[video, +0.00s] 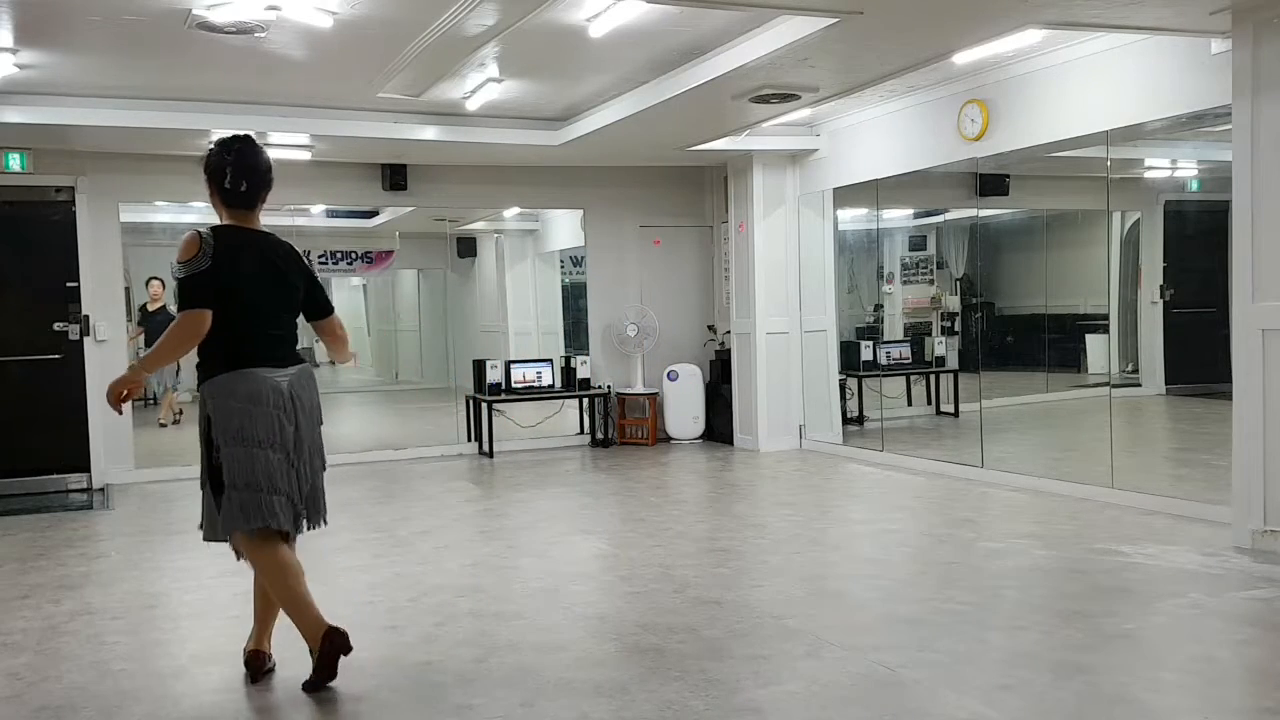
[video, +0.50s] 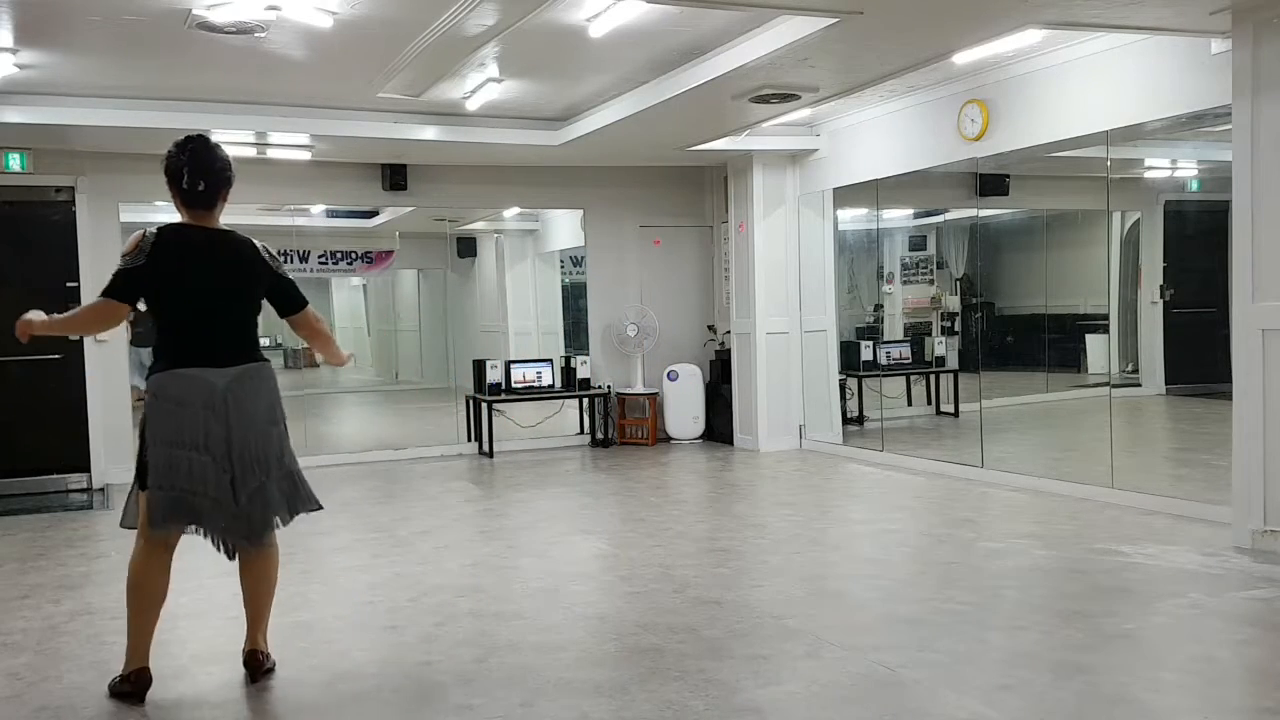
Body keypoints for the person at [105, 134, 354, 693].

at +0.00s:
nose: (206, 192)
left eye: (207, 184)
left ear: (212, 189)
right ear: (266, 190)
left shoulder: (204, 247)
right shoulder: (288, 254)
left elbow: (195, 322)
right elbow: (331, 328)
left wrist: (141, 372)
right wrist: (341, 348)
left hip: (237, 390)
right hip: (296, 385)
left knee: (251, 527)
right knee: (276, 523)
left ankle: (320, 634)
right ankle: (260, 646)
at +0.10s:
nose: (203, 192)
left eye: (202, 185)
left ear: (205, 193)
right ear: (260, 194)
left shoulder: (196, 250)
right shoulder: (281, 257)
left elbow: (182, 322)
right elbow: (324, 333)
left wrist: (127, 372)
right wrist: (321, 351)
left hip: (229, 395)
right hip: (291, 391)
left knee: (224, 527)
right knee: (280, 519)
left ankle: (296, 624)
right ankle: (259, 644)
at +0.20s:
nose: (198, 194)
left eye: (196, 186)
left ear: (199, 194)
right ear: (255, 195)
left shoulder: (187, 251)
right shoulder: (276, 257)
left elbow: (168, 323)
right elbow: (319, 335)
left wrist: (111, 366)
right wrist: (307, 347)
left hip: (218, 398)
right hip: (285, 394)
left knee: (196, 527)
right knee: (275, 522)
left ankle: (246, 636)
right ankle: (259, 643)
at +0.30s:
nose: (193, 194)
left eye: (191, 187)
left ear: (193, 193)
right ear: (248, 195)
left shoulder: (178, 251)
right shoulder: (269, 255)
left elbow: (152, 321)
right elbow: (317, 334)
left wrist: (86, 360)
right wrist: (305, 350)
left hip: (205, 396)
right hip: (274, 394)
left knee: (179, 527)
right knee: (271, 521)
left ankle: (184, 656)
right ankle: (259, 647)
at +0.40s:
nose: (188, 193)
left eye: (182, 185)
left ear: (184, 191)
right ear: (238, 192)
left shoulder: (168, 251)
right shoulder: (259, 253)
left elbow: (135, 314)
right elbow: (316, 329)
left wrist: (67, 341)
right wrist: (319, 349)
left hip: (192, 396)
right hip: (263, 395)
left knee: (166, 531)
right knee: (265, 523)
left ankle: (144, 666)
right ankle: (259, 649)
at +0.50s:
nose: (182, 192)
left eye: (173, 183)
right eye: (209, 183)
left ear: (172, 190)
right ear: (226, 190)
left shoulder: (155, 248)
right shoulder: (249, 253)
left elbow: (108, 313)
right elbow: (307, 322)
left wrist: (46, 324)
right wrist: (334, 353)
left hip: (176, 392)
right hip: (249, 392)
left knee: (157, 535)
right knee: (256, 523)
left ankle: (136, 668)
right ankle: (257, 648)